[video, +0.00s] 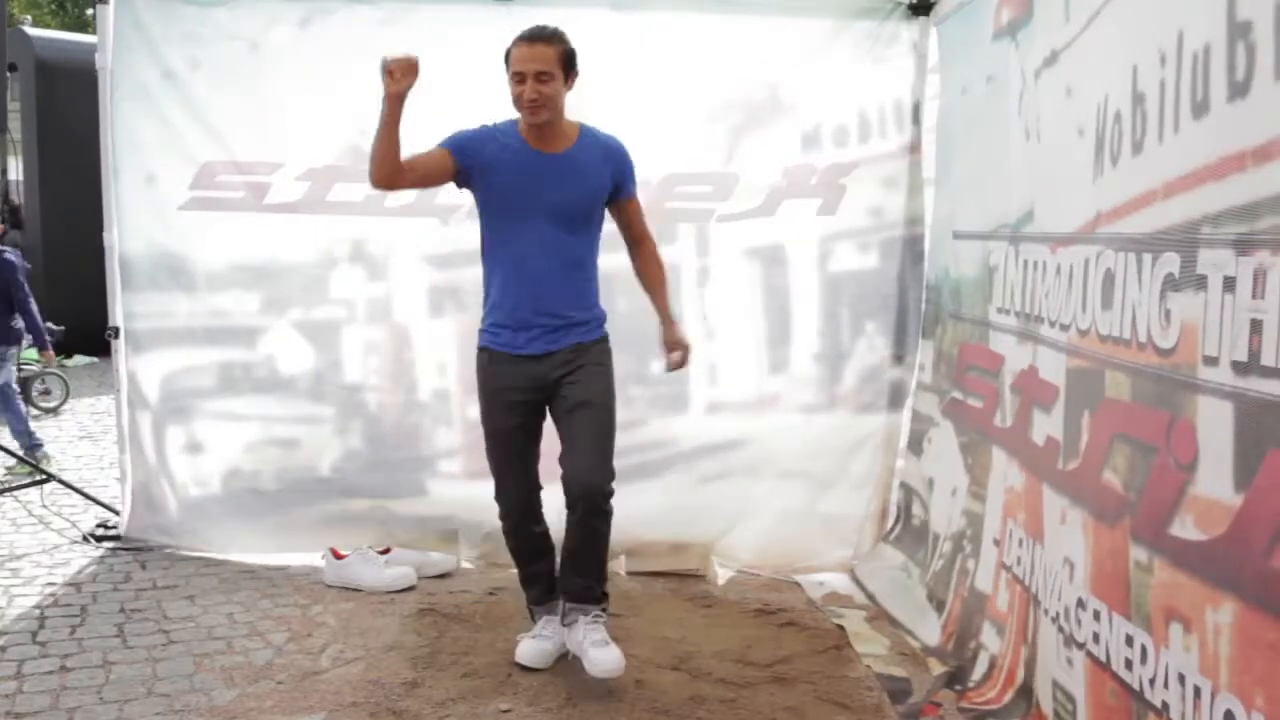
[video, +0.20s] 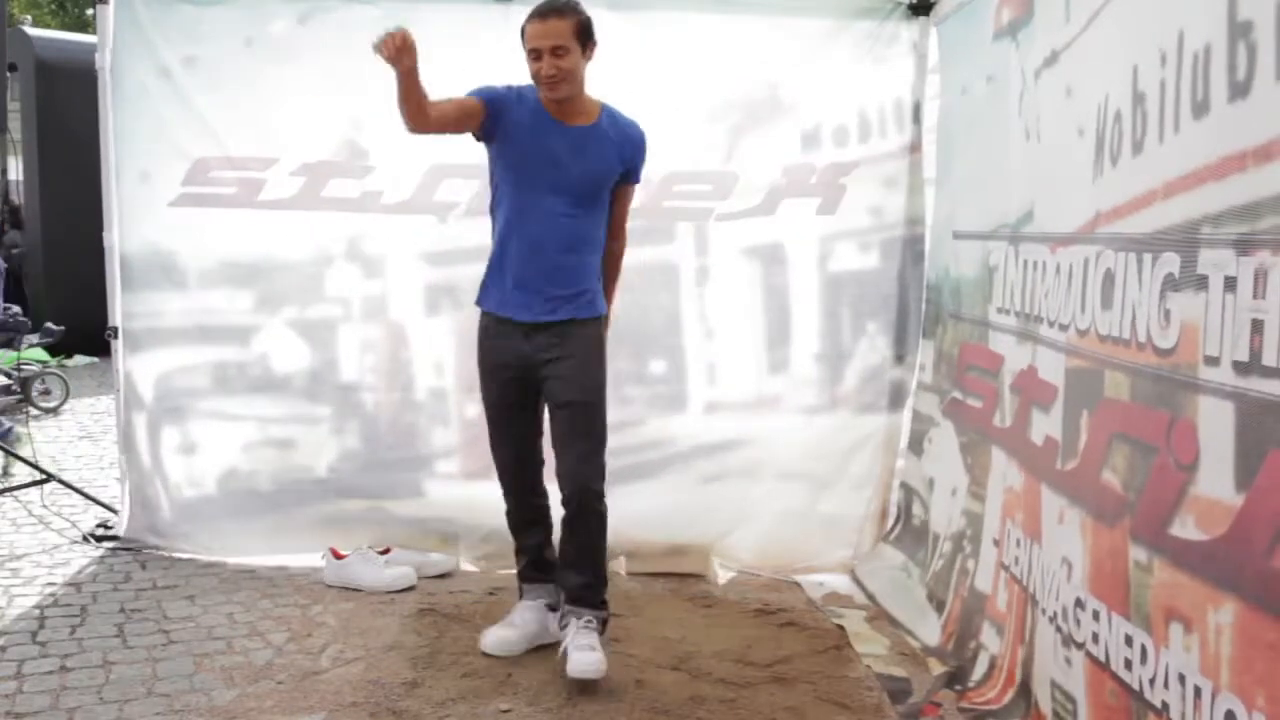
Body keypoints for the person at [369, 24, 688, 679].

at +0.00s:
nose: (532, 90)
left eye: (544, 78)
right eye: (521, 79)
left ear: (570, 81)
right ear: (509, 83)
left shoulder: (607, 155)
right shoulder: (482, 148)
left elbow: (639, 241)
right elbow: (385, 175)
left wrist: (667, 320)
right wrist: (394, 99)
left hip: (582, 348)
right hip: (505, 353)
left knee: (592, 484)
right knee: (515, 498)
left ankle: (585, 615)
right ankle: (544, 615)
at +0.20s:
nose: (547, 66)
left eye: (559, 52)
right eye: (536, 55)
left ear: (587, 54)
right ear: (526, 60)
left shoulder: (622, 137)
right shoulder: (504, 108)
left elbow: (614, 239)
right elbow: (421, 118)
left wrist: (600, 315)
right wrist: (406, 65)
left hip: (577, 325)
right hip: (502, 323)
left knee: (581, 478)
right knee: (518, 475)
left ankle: (585, 618)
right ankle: (539, 602)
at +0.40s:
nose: (549, 88)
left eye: (562, 75)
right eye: (538, 77)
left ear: (591, 80)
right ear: (528, 85)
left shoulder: (630, 164)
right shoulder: (504, 153)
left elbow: (650, 264)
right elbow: (471, 256)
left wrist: (663, 352)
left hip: (591, 356)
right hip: (513, 354)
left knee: (597, 506)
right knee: (490, 493)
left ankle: (586, 633)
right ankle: (513, 592)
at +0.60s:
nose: (525, 79)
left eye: (536, 65)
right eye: (512, 69)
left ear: (563, 64)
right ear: (502, 77)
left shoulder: (616, 120)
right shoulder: (505, 151)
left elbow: (692, 163)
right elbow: (430, 213)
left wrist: (677, 138)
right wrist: (369, 175)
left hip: (605, 341)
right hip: (530, 333)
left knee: (600, 492)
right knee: (478, 465)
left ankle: (589, 629)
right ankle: (515, 561)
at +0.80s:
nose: (509, 92)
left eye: (521, 79)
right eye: (499, 82)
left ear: (551, 81)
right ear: (491, 90)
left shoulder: (592, 132)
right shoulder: (505, 164)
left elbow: (612, 89)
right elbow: (410, 190)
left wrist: (590, 43)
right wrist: (336, 138)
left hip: (607, 345)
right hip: (539, 351)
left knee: (610, 506)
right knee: (532, 502)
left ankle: (610, 651)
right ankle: (571, 622)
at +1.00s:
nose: (489, 110)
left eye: (500, 97)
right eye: (478, 102)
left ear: (529, 101)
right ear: (472, 116)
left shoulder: (575, 140)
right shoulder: (503, 194)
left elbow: (643, 152)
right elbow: (451, 273)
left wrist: (544, 128)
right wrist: (425, 201)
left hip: (608, 349)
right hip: (549, 355)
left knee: (579, 493)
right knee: (519, 499)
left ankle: (625, 620)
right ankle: (571, 624)